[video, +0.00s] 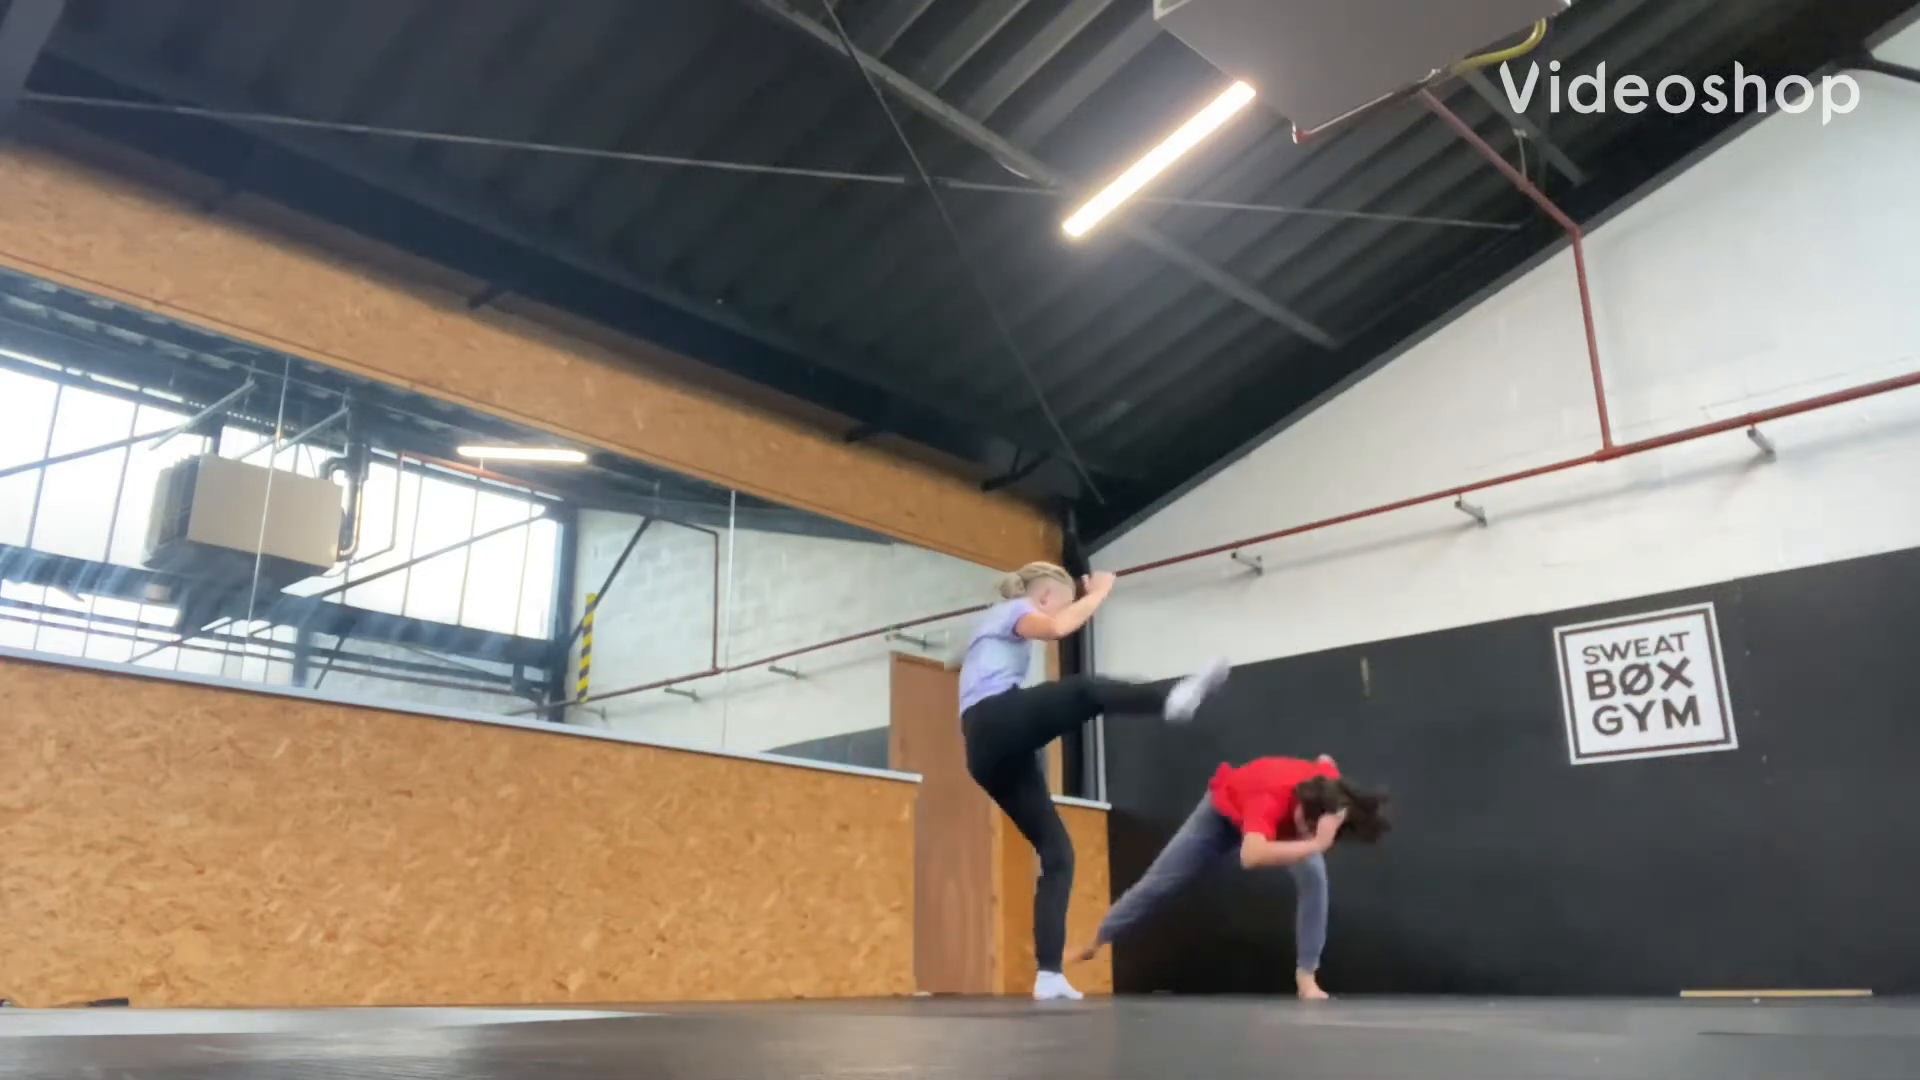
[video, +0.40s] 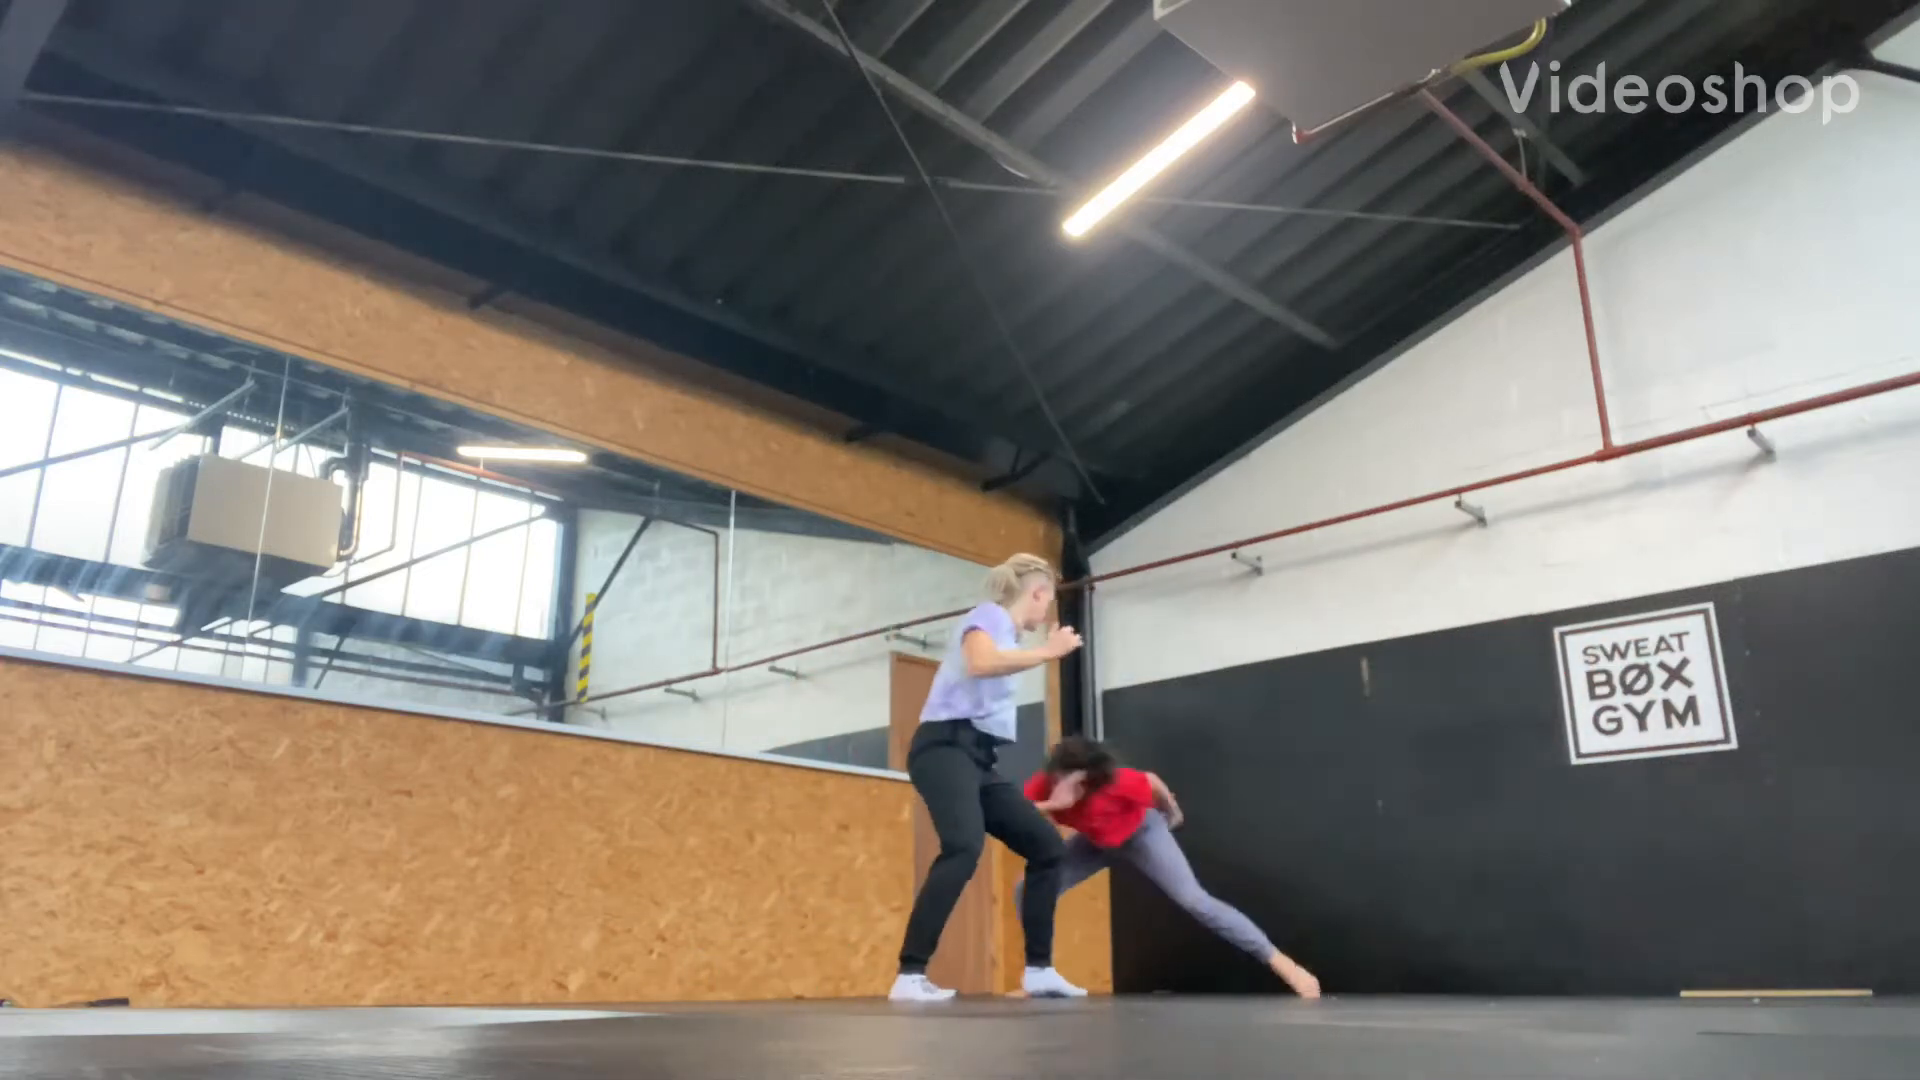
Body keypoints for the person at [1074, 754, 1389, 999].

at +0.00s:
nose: (1322, 836)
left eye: (1328, 829)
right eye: (1319, 828)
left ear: (1332, 813)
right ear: (1303, 809)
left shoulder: (1330, 786)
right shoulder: (1267, 796)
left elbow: (1326, 760)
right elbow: (1251, 856)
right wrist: (1317, 844)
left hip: (1272, 824)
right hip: (1225, 811)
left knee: (1314, 875)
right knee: (1161, 880)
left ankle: (1307, 975)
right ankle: (1098, 940)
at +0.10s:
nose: (1291, 858)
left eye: (1298, 856)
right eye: (1288, 852)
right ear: (1272, 838)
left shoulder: (1297, 806)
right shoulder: (1238, 817)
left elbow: (1282, 776)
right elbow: (1226, 879)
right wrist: (1292, 876)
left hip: (1239, 830)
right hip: (1189, 821)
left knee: (1293, 879)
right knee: (1118, 896)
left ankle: (1303, 974)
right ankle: (1050, 966)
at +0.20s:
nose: (1228, 846)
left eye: (1234, 842)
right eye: (1226, 839)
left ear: (1246, 833)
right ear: (1217, 823)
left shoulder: (1247, 801)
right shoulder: (1188, 814)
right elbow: (1174, 869)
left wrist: (1251, 849)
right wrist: (1239, 866)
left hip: (1204, 847)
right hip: (1150, 838)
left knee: (1259, 891)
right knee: (1086, 903)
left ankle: (1299, 975)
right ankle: (1047, 977)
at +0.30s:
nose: (1155, 824)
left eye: (1163, 818)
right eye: (1151, 814)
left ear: (1182, 814)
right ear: (1140, 800)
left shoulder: (1182, 815)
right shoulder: (1122, 793)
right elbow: (1094, 836)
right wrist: (1155, 834)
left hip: (1178, 846)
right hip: (1121, 845)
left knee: (1222, 896)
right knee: (1063, 893)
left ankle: (1291, 972)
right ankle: (1033, 973)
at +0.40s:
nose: (1067, 788)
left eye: (1075, 783)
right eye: (1064, 780)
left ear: (1088, 780)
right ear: (1055, 774)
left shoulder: (1118, 782)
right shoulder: (1042, 785)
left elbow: (1155, 784)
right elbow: (1018, 813)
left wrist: (1173, 811)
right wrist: (1052, 809)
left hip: (1141, 833)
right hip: (1092, 842)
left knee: (1192, 900)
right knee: (1031, 888)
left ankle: (1280, 963)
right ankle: (1038, 980)